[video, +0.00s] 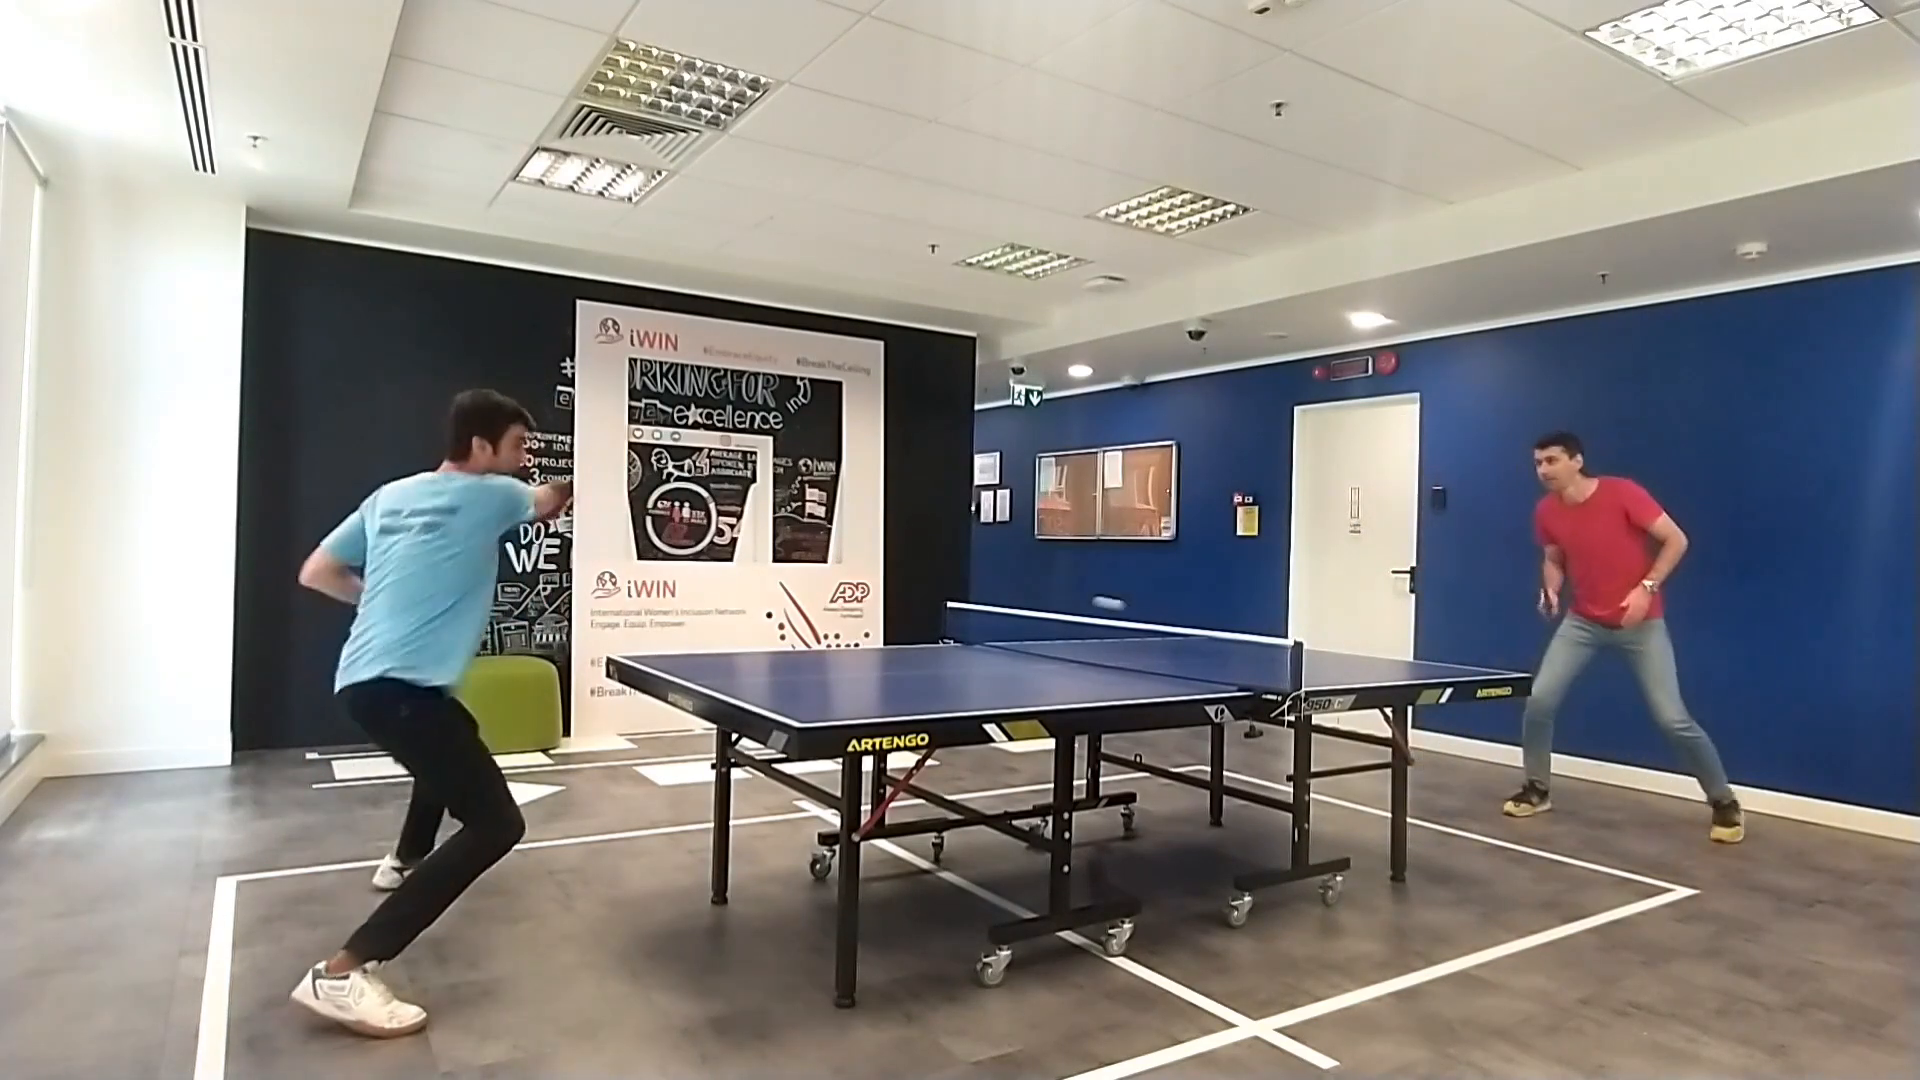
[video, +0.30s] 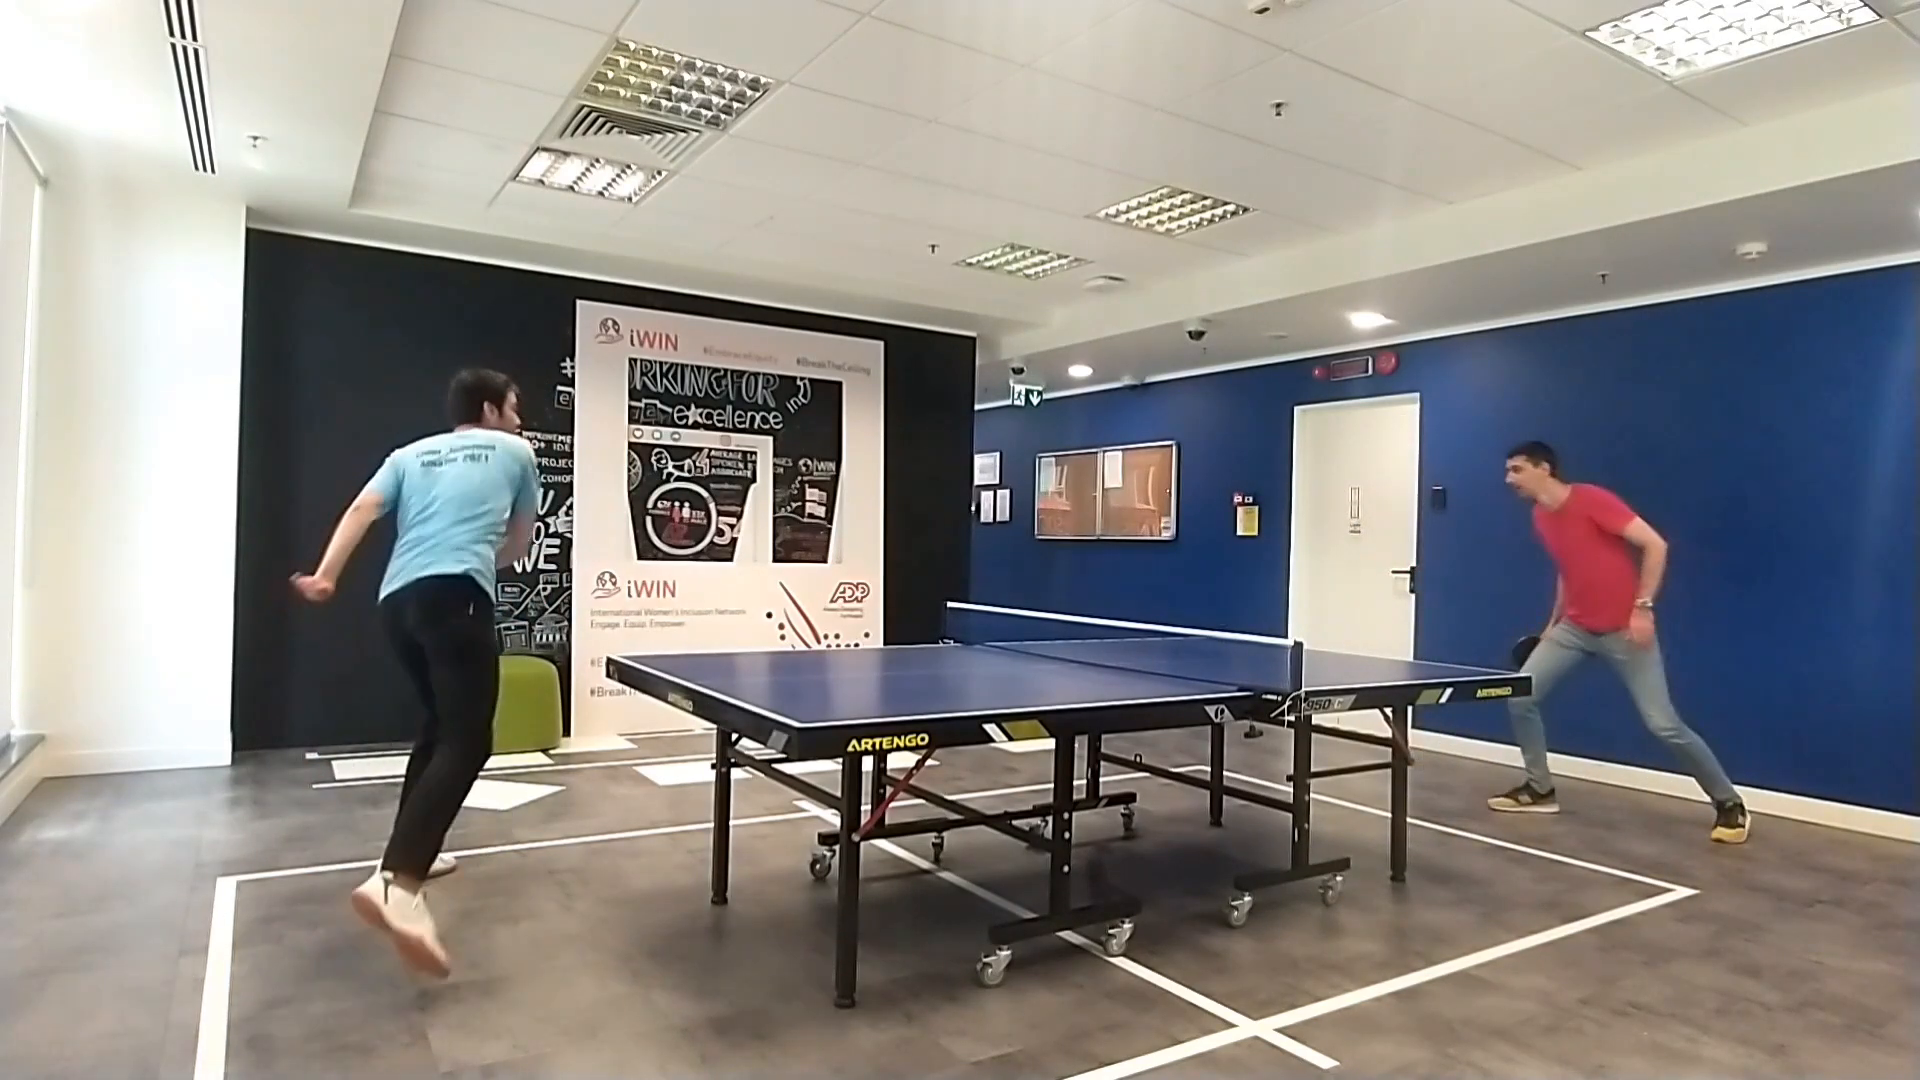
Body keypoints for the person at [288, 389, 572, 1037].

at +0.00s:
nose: (523, 458)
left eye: (525, 447)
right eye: (518, 446)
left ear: (461, 449)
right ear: (480, 446)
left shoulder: (390, 496)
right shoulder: (493, 493)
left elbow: (316, 572)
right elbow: (552, 499)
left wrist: (383, 599)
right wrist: (572, 485)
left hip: (360, 680)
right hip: (407, 684)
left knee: (452, 749)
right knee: (498, 826)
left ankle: (405, 862)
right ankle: (342, 973)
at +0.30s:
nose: (519, 422)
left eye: (518, 412)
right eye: (516, 411)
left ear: (462, 413)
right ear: (492, 410)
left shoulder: (409, 453)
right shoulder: (515, 450)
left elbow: (363, 507)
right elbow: (515, 548)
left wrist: (326, 574)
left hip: (397, 598)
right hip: (455, 592)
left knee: (437, 728)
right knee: (468, 741)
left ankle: (406, 859)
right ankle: (398, 883)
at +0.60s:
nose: (553, 392)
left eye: (553, 383)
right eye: (550, 382)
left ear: (501, 384)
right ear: (529, 382)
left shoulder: (462, 433)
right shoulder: (525, 415)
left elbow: (422, 517)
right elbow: (577, 474)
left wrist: (423, 586)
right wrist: (615, 512)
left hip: (436, 575)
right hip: (480, 571)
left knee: (437, 715)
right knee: (530, 698)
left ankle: (400, 855)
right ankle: (507, 846)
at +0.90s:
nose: (615, 414)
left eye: (616, 404)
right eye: (615, 404)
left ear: (565, 398)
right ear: (600, 400)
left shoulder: (524, 439)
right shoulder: (580, 441)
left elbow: (523, 510)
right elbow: (580, 504)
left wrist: (605, 514)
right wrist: (642, 512)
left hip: (504, 591)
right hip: (555, 591)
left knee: (485, 708)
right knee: (585, 700)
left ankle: (414, 830)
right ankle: (593, 813)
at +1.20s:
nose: (662, 407)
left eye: (662, 398)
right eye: (662, 398)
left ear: (619, 390)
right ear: (651, 396)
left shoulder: (582, 432)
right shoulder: (623, 437)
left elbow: (556, 500)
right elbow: (605, 504)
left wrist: (617, 515)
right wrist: (655, 514)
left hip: (572, 572)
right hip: (604, 574)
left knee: (604, 674)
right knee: (623, 686)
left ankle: (547, 771)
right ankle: (595, 812)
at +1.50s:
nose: (686, 428)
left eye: (687, 421)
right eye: (687, 420)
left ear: (653, 411)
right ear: (674, 418)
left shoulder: (641, 454)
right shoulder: (626, 449)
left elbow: (605, 504)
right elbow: (578, 497)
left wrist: (654, 529)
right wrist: (627, 530)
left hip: (638, 581)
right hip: (625, 581)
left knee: (651, 678)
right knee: (641, 687)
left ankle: (630, 766)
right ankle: (593, 808)